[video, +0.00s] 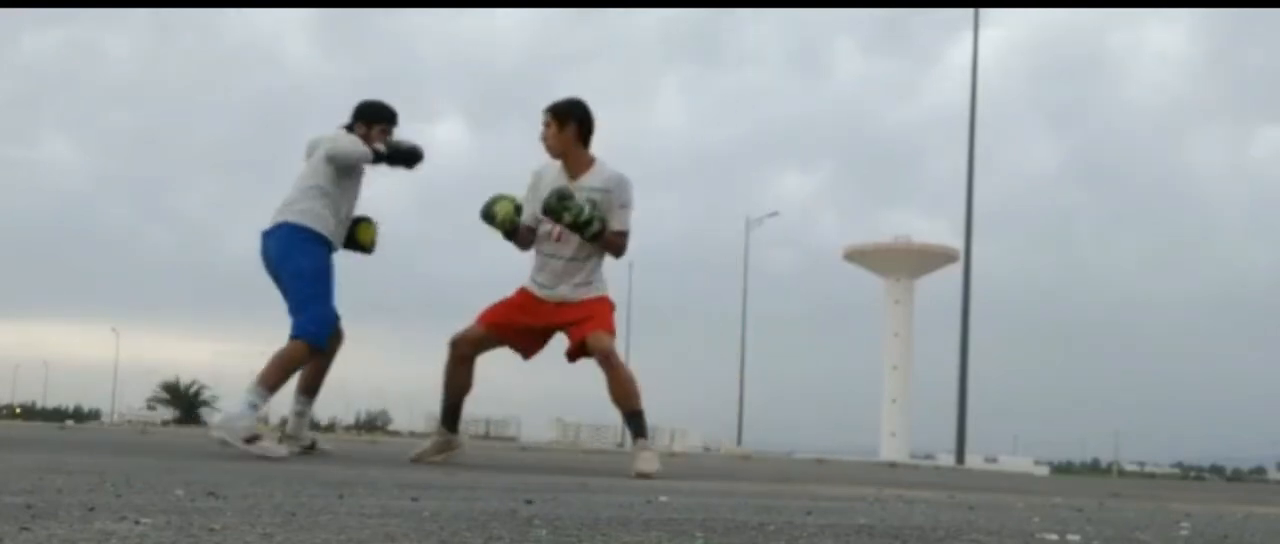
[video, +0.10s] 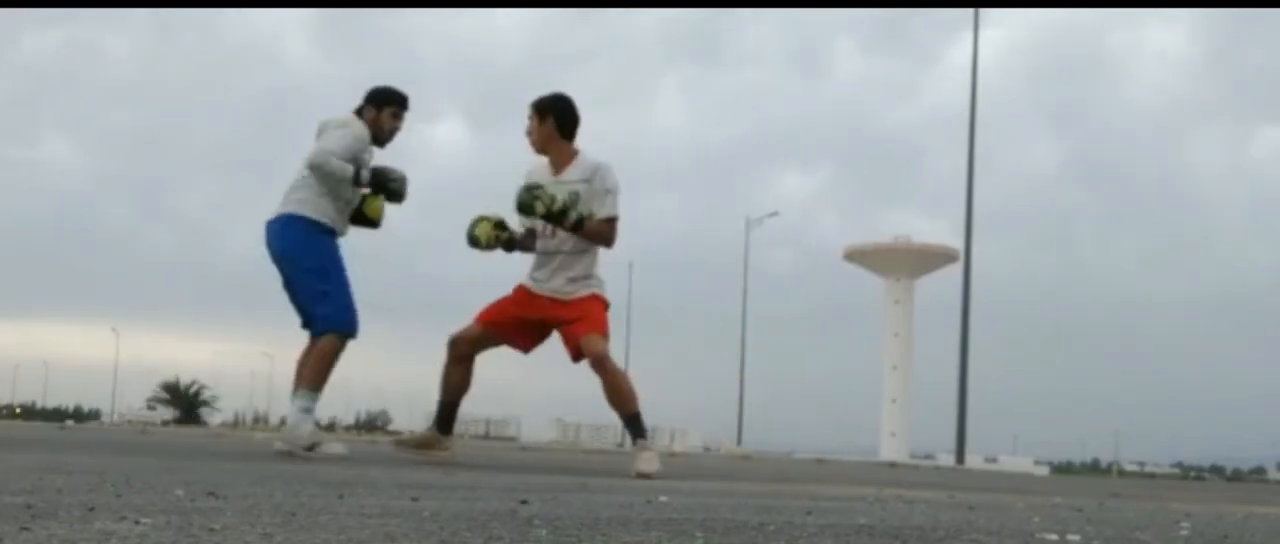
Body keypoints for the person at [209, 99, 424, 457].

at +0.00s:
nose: (385, 142)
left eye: (388, 136)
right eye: (382, 133)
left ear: (368, 131)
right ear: (363, 126)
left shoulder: (348, 163)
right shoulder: (340, 140)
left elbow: (319, 216)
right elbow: (339, 152)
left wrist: (347, 233)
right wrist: (384, 154)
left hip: (305, 242)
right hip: (297, 237)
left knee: (330, 336)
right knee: (314, 332)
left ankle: (297, 428)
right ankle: (242, 417)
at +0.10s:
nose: (397, 128)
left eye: (400, 121)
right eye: (394, 118)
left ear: (383, 116)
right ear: (372, 111)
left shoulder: (354, 141)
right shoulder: (353, 132)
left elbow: (331, 202)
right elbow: (320, 159)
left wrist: (359, 213)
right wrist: (364, 178)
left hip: (296, 229)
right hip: (305, 229)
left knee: (327, 329)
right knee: (337, 326)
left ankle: (298, 422)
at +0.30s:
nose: (385, 144)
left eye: (386, 137)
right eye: (384, 135)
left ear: (359, 127)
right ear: (371, 129)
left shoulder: (341, 151)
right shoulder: (352, 145)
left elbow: (362, 233)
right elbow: (321, 179)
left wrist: (388, 195)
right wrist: (366, 211)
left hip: (315, 251)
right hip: (324, 250)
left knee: (351, 338)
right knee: (366, 338)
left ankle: (309, 421)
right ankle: (321, 429)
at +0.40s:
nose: (381, 175)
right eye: (381, 168)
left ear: (346, 156)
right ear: (371, 161)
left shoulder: (330, 181)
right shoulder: (360, 178)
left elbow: (366, 245)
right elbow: (353, 223)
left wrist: (383, 206)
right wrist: (367, 266)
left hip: (302, 270)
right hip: (322, 271)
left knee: (360, 349)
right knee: (379, 350)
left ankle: (327, 429)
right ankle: (325, 431)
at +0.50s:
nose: (389, 210)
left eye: (392, 204)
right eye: (391, 202)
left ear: (371, 188)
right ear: (382, 191)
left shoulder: (341, 202)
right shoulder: (365, 202)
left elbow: (339, 271)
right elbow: (344, 231)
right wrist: (364, 274)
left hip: (301, 283)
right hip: (314, 283)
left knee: (371, 353)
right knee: (372, 354)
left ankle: (346, 426)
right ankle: (324, 432)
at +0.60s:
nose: (393, 185)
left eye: (396, 178)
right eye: (390, 176)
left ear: (379, 175)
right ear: (371, 170)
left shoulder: (360, 204)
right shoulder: (348, 187)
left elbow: (346, 256)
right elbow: (314, 228)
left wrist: (364, 296)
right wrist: (343, 263)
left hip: (330, 281)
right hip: (308, 276)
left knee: (381, 351)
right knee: (336, 346)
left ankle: (353, 430)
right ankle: (318, 430)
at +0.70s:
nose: (368, 152)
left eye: (373, 146)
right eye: (362, 144)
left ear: (376, 152)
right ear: (346, 145)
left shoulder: (363, 203)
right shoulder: (315, 176)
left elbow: (363, 256)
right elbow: (280, 217)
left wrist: (354, 289)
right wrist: (313, 236)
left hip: (334, 277)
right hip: (300, 266)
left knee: (377, 347)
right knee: (321, 331)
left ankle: (352, 428)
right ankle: (272, 422)